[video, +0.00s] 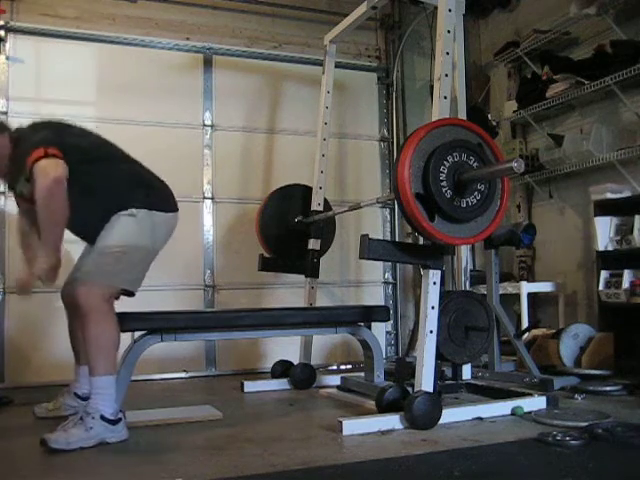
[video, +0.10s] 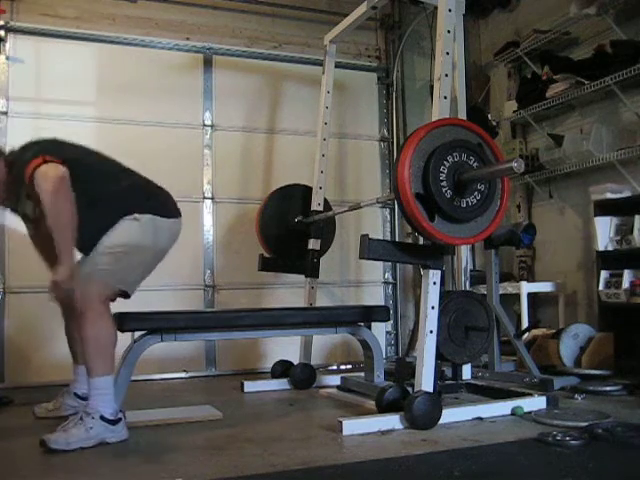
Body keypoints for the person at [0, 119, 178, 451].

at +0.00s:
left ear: (4, 141)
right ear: (6, 141)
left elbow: (52, 178)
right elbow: (28, 219)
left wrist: (51, 255)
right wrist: (29, 268)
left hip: (143, 208)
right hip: (119, 215)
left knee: (92, 294)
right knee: (73, 293)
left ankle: (106, 415)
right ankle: (84, 395)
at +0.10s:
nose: (0, 198)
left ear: (2, 169)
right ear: (4, 170)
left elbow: (56, 179)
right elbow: (40, 235)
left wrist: (65, 263)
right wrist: (60, 271)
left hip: (147, 216)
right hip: (123, 220)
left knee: (90, 294)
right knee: (71, 292)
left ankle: (105, 415)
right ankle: (82, 395)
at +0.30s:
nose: (3, 227)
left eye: (1, 219)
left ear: (4, 194)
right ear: (5, 192)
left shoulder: (34, 189)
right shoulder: (25, 211)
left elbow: (76, 217)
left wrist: (110, 285)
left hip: (154, 238)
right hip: (132, 240)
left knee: (72, 295)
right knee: (61, 295)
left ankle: (104, 415)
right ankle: (80, 395)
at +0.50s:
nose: (11, 221)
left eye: (4, 212)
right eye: (4, 217)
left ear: (9, 188)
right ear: (11, 185)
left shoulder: (55, 187)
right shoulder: (45, 192)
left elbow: (85, 233)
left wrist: (71, 303)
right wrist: (69, 288)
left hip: (158, 254)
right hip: (139, 252)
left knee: (72, 301)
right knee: (62, 296)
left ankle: (103, 415)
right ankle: (81, 393)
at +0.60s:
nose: (24, 210)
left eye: (19, 202)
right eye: (16, 207)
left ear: (26, 175)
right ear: (27, 172)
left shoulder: (70, 182)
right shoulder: (61, 184)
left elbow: (87, 234)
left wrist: (43, 303)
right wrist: (48, 301)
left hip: (161, 262)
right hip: (142, 260)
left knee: (75, 300)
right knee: (61, 297)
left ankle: (103, 416)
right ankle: (82, 393)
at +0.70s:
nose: (40, 201)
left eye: (36, 192)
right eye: (33, 197)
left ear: (48, 167)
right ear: (49, 166)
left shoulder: (88, 181)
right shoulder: (80, 181)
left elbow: (91, 238)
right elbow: (85, 241)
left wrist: (31, 287)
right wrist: (32, 285)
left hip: (165, 271)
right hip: (148, 269)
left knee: (75, 297)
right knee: (64, 295)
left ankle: (103, 416)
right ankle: (83, 393)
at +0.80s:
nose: (56, 191)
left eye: (54, 182)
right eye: (51, 186)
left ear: (73, 162)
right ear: (75, 162)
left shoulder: (110, 182)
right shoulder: (100, 185)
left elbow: (94, 241)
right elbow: (81, 245)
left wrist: (29, 267)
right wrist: (26, 267)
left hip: (170, 280)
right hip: (153, 278)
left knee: (78, 296)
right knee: (68, 296)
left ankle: (104, 416)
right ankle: (83, 393)